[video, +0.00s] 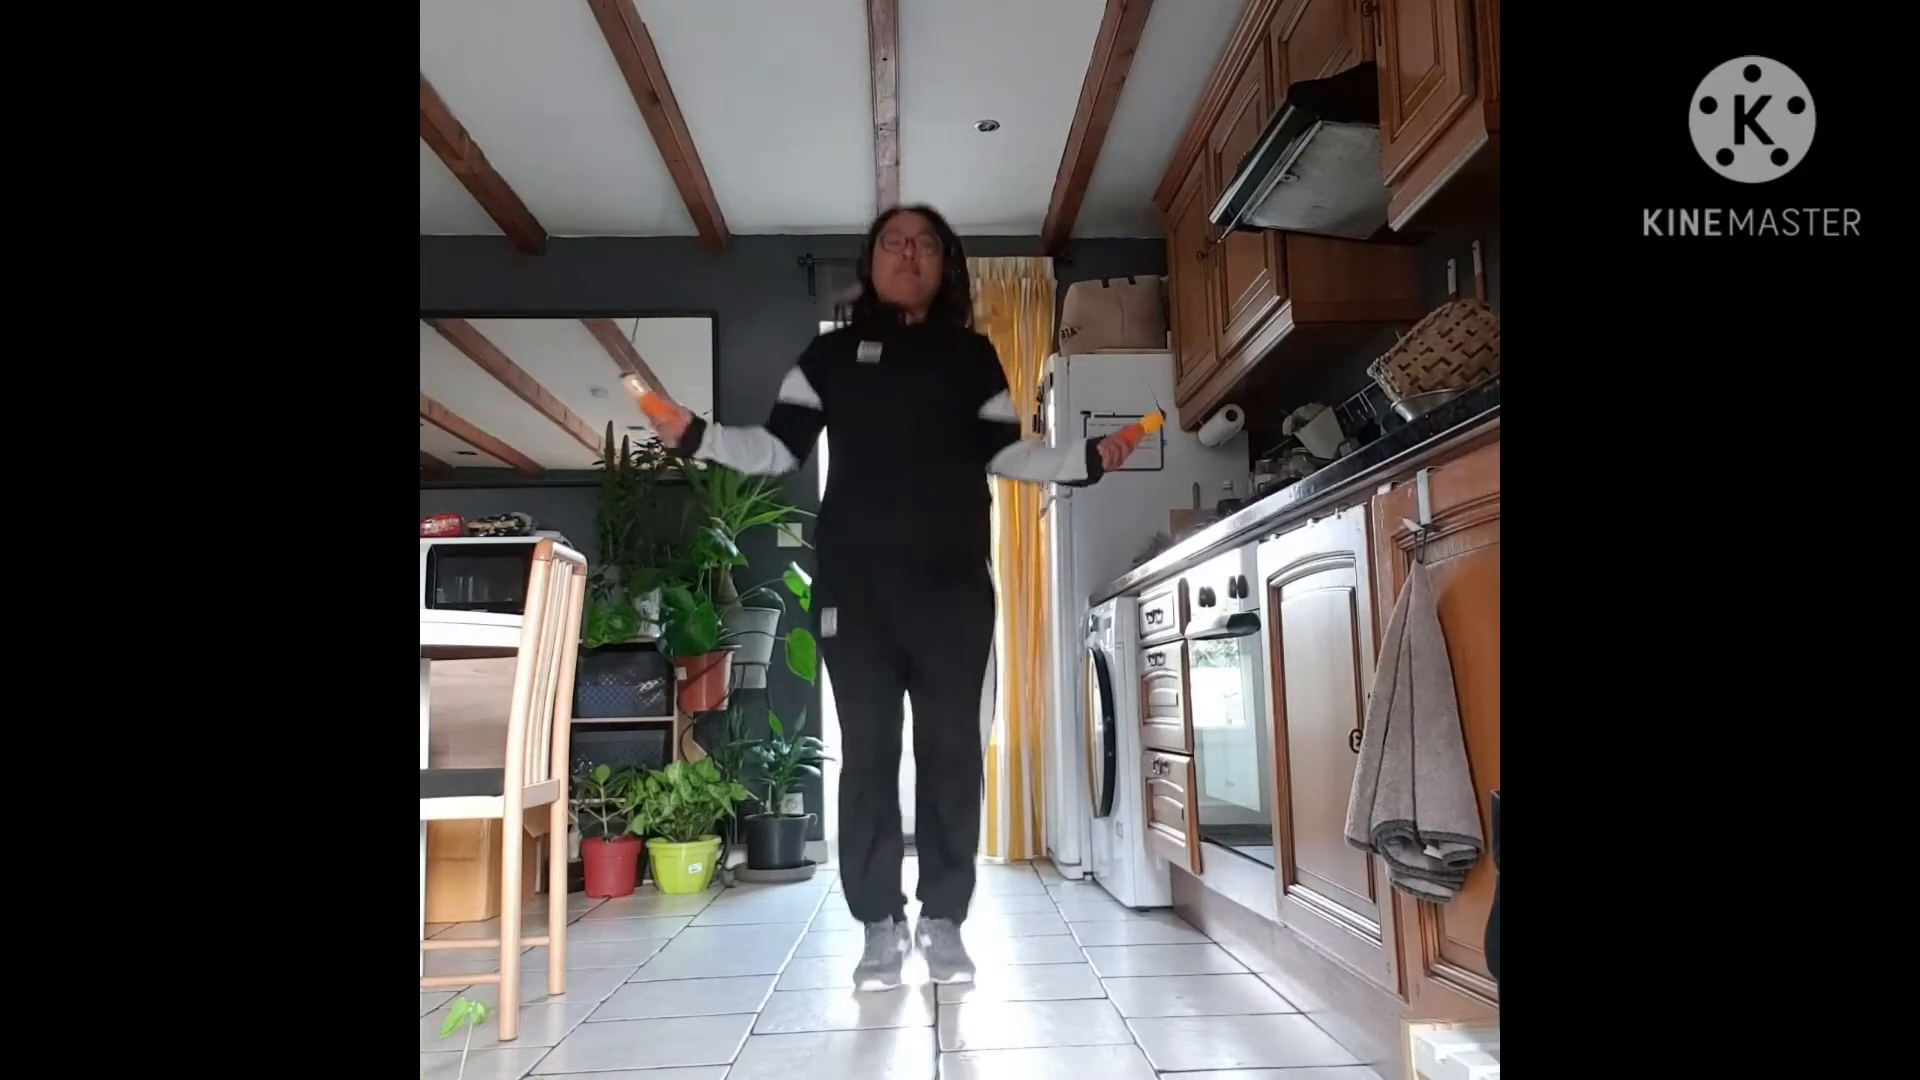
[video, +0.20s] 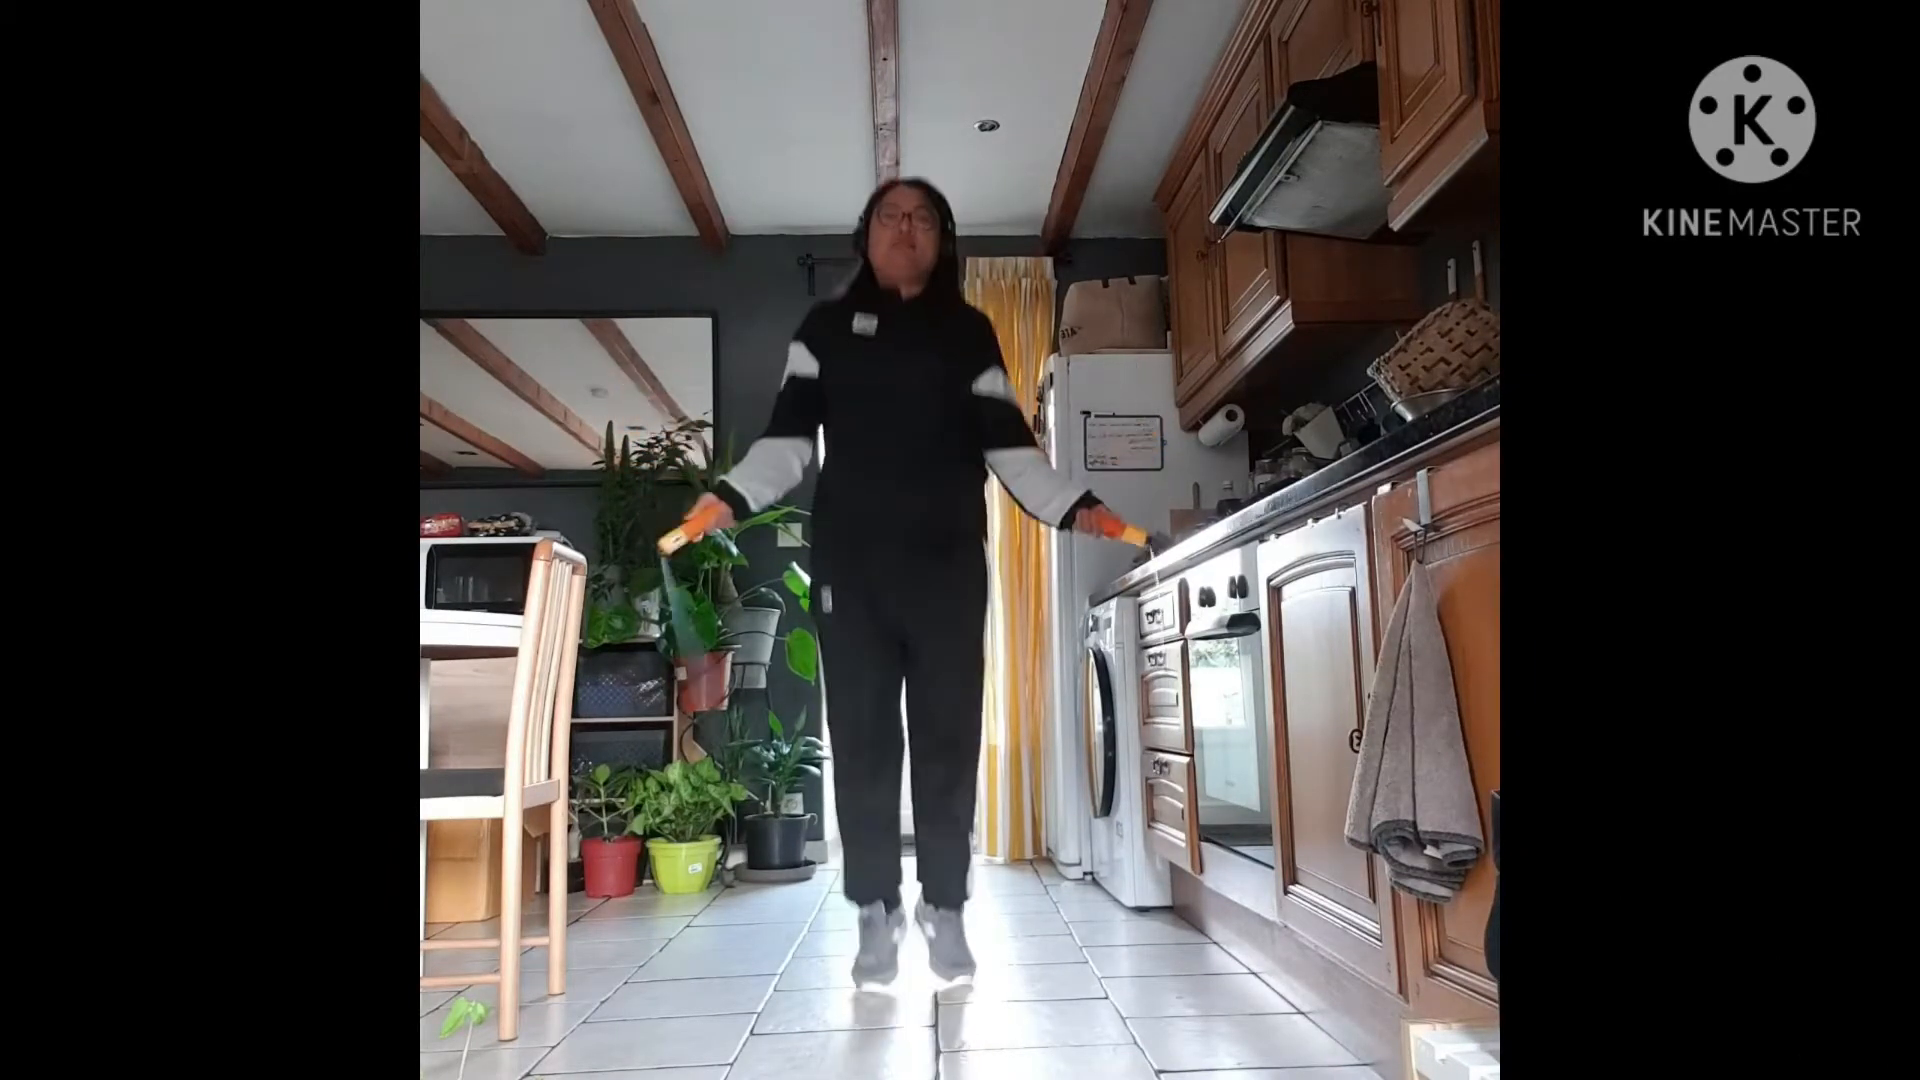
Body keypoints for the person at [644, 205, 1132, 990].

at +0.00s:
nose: (907, 253)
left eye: (923, 243)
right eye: (892, 242)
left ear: (947, 267)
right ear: (868, 264)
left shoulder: (971, 355)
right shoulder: (831, 353)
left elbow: (1006, 454)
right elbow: (777, 448)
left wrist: (1088, 459)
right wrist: (695, 436)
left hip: (952, 582)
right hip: (856, 581)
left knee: (951, 753)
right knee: (868, 755)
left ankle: (944, 922)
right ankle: (880, 926)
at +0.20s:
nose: (904, 229)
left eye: (921, 218)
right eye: (889, 217)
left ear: (943, 242)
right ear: (866, 238)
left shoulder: (968, 332)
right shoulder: (827, 327)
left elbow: (1010, 446)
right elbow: (791, 443)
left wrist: (1073, 507)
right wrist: (728, 500)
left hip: (947, 567)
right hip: (851, 565)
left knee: (947, 740)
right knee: (862, 741)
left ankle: (945, 907)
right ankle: (875, 911)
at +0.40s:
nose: (901, 237)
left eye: (917, 227)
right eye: (885, 225)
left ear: (939, 250)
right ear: (861, 246)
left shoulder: (964, 339)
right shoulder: (825, 337)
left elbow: (1000, 441)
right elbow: (779, 438)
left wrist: (1088, 460)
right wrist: (689, 442)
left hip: (946, 567)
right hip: (850, 565)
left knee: (944, 739)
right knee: (862, 740)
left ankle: (940, 910)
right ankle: (873, 910)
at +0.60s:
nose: (899, 246)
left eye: (915, 236)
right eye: (884, 233)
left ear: (937, 257)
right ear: (861, 252)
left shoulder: (963, 349)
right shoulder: (826, 344)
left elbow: (1001, 452)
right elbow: (783, 454)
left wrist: (1072, 492)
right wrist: (721, 504)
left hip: (944, 579)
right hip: (849, 578)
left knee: (940, 751)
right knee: (857, 752)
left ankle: (935, 916)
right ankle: (871, 917)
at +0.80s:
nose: (901, 223)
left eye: (917, 213)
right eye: (886, 211)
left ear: (939, 234)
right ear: (861, 229)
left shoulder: (964, 319)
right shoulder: (829, 316)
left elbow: (998, 425)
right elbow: (782, 423)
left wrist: (1075, 464)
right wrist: (703, 443)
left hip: (947, 546)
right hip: (851, 544)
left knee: (940, 720)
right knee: (864, 720)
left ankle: (938, 890)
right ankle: (876, 891)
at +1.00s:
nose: (901, 283)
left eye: (918, 272)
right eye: (888, 270)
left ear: (941, 291)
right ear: (866, 287)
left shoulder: (967, 380)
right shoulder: (829, 377)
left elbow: (1001, 483)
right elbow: (783, 477)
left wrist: (1075, 515)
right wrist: (725, 507)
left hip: (949, 599)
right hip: (853, 599)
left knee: (944, 765)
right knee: (867, 765)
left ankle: (935, 922)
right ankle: (881, 923)